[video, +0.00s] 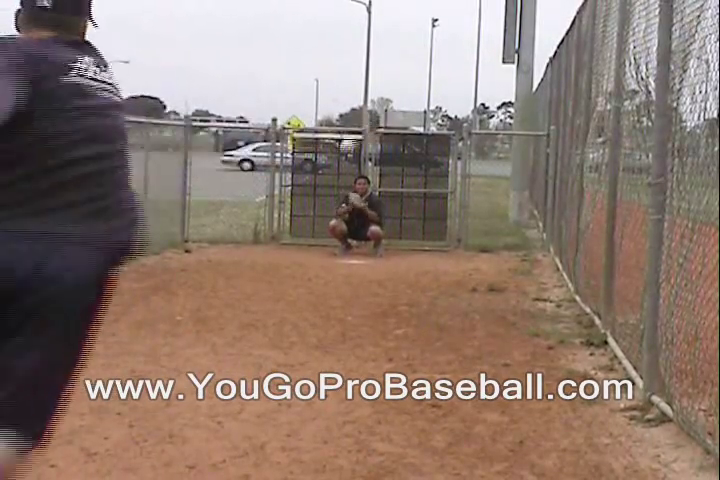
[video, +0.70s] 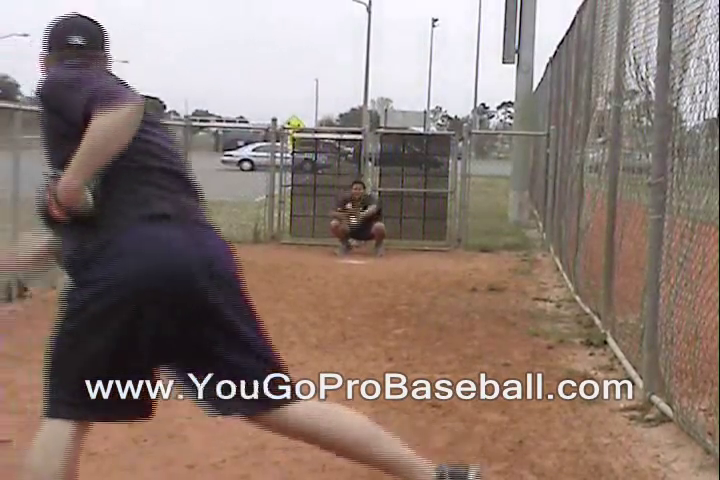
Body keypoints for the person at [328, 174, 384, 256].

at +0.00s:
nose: (361, 187)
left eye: (364, 184)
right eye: (359, 184)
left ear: (368, 186)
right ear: (354, 186)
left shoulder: (373, 199)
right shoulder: (349, 197)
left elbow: (378, 219)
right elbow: (338, 213)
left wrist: (363, 208)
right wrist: (348, 208)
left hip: (366, 227)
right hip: (351, 226)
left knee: (376, 231)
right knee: (334, 225)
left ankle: (377, 245)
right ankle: (346, 245)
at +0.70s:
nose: (357, 192)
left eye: (359, 189)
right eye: (355, 189)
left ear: (363, 191)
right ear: (351, 190)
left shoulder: (369, 199)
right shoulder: (346, 200)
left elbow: (374, 209)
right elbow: (333, 212)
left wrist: (361, 216)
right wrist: (345, 217)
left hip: (365, 228)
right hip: (349, 228)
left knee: (379, 227)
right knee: (334, 225)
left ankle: (378, 246)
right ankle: (346, 245)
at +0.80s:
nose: (356, 193)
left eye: (358, 190)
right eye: (354, 190)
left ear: (363, 191)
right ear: (351, 191)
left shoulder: (368, 200)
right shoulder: (346, 201)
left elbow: (371, 210)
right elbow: (333, 212)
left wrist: (367, 222)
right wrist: (349, 215)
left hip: (366, 228)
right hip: (351, 228)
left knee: (380, 226)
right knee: (335, 224)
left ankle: (379, 246)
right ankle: (346, 245)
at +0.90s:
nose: (356, 193)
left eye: (358, 190)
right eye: (354, 190)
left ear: (362, 192)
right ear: (350, 192)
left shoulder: (369, 201)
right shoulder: (346, 201)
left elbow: (371, 215)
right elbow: (334, 212)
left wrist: (367, 230)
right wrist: (348, 215)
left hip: (366, 228)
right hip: (352, 228)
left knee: (381, 226)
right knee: (335, 224)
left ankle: (380, 246)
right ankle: (346, 245)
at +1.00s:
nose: (355, 192)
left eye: (358, 190)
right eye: (353, 190)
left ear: (362, 191)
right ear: (350, 191)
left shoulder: (369, 202)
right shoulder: (346, 201)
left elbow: (369, 222)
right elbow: (333, 212)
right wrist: (347, 213)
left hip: (366, 227)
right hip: (352, 227)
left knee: (382, 225)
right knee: (336, 223)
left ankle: (382, 246)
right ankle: (346, 246)